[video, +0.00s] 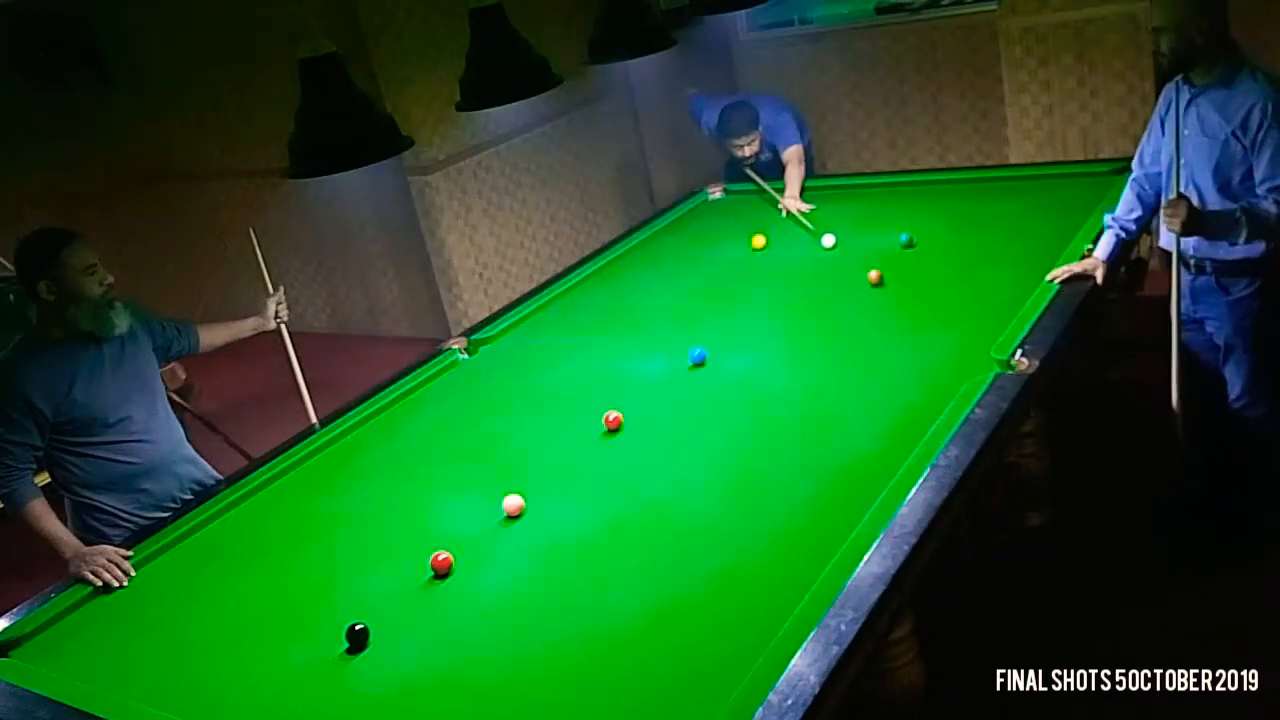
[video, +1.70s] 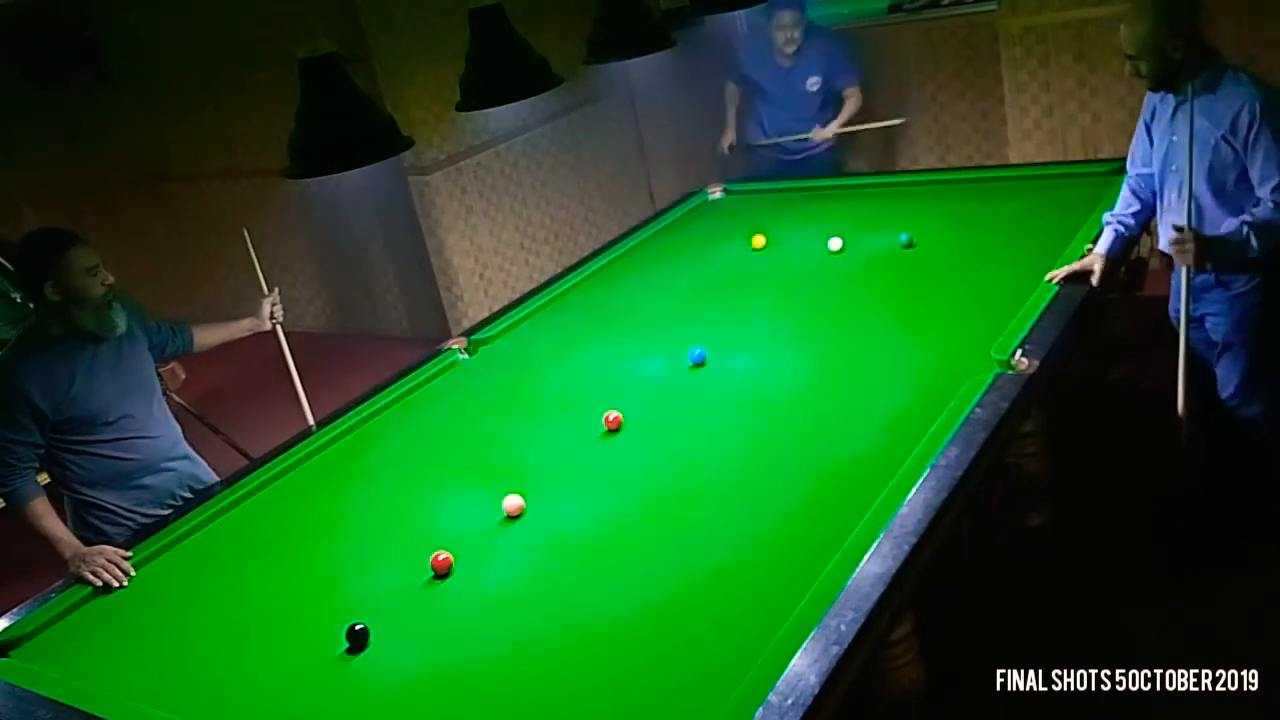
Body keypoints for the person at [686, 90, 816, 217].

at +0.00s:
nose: (747, 152)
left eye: (751, 143)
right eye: (738, 148)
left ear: (760, 131)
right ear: (721, 141)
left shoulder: (778, 120)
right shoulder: (710, 117)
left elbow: (795, 160)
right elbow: (691, 95)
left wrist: (791, 196)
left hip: (779, 156)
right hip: (738, 162)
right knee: (739, 210)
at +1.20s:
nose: (754, 133)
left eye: (760, 123)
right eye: (746, 126)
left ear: (768, 113)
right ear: (732, 119)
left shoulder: (787, 111)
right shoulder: (720, 105)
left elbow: (797, 158)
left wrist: (792, 195)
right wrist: (724, 142)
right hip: (742, 155)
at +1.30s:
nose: (759, 115)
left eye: (765, 105)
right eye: (751, 108)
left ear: (773, 98)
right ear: (738, 103)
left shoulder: (794, 105)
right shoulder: (726, 96)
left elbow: (801, 151)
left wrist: (794, 192)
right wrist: (726, 135)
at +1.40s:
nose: (765, 95)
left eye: (771, 86)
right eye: (757, 88)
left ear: (779, 80)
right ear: (744, 86)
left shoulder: (800, 92)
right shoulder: (731, 86)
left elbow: (814, 145)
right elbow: (718, 95)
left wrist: (799, 184)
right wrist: (726, 131)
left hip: (793, 165)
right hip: (750, 164)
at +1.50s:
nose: (772, 74)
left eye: (778, 65)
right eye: (764, 67)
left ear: (786, 61)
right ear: (750, 65)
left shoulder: (807, 76)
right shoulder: (736, 76)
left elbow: (831, 131)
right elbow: (720, 91)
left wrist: (811, 166)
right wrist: (726, 127)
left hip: (803, 161)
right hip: (758, 161)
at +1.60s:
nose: (780, 54)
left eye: (786, 45)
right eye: (773, 46)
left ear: (794, 42)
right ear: (759, 45)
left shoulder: (815, 62)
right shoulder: (744, 63)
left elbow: (845, 115)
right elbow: (727, 86)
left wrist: (822, 147)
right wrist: (728, 127)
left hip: (810, 157)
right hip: (763, 157)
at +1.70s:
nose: (789, 35)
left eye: (795, 27)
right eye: (781, 28)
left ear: (804, 26)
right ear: (769, 30)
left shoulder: (824, 50)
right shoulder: (751, 52)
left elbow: (854, 97)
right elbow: (733, 82)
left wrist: (831, 129)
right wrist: (730, 128)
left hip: (816, 152)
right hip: (767, 152)